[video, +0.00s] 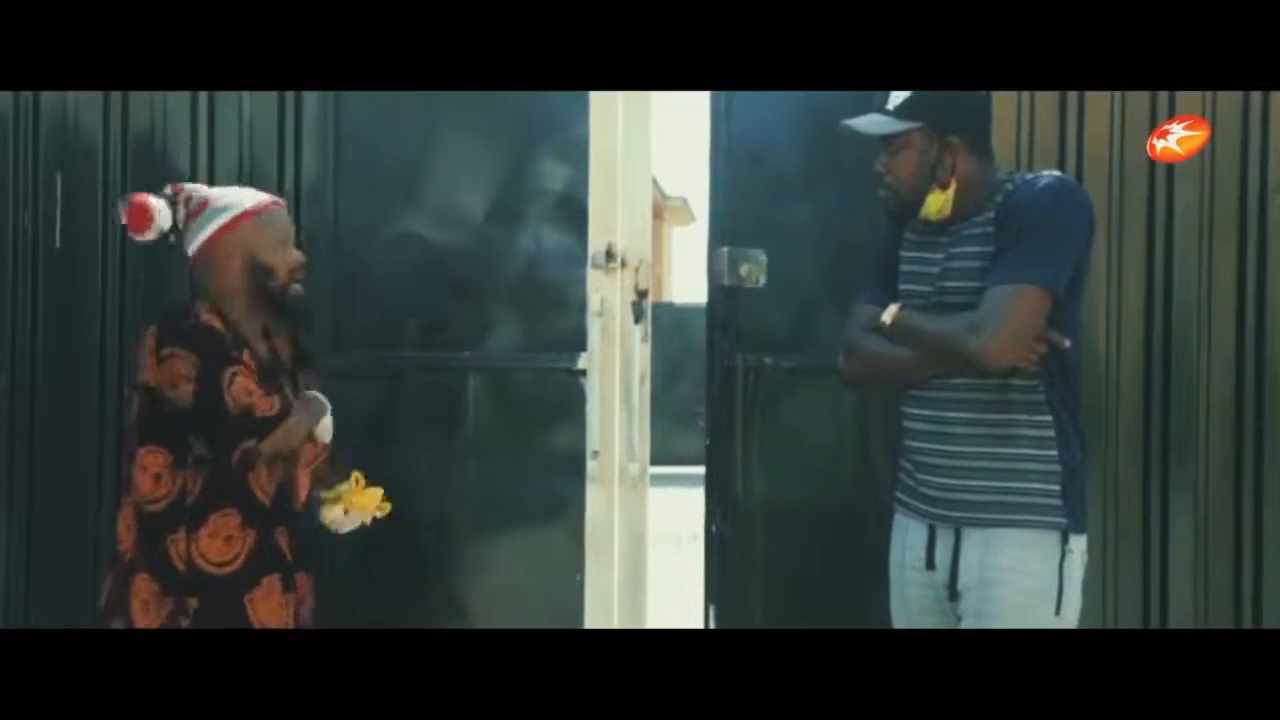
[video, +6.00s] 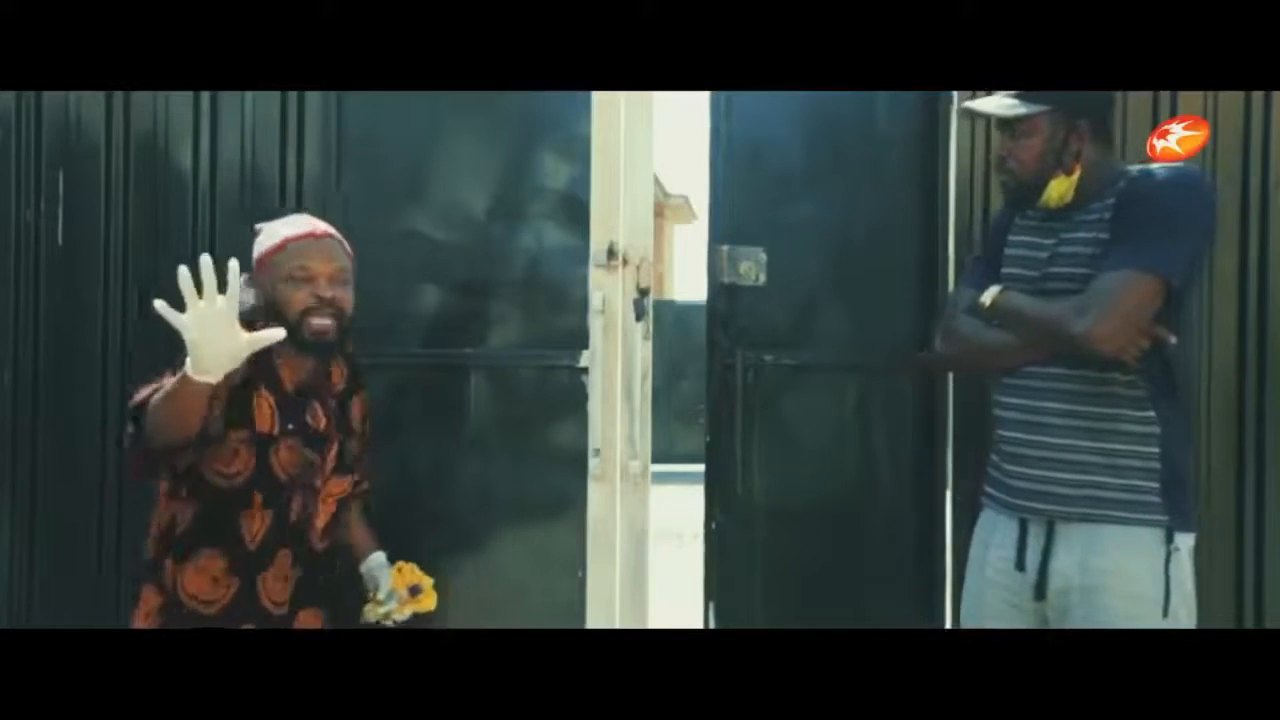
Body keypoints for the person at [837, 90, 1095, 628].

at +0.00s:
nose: (878, 169)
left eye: (894, 149)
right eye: (879, 151)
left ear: (950, 150)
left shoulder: (1047, 200)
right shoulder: (904, 226)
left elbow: (995, 346)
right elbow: (854, 359)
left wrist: (894, 318)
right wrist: (982, 342)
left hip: (1022, 523)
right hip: (918, 514)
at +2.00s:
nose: (877, 159)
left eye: (895, 142)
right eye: (879, 142)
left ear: (951, 145)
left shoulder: (1045, 197)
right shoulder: (903, 222)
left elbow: (995, 344)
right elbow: (856, 360)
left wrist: (892, 317)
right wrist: (983, 339)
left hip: (1026, 521)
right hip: (923, 512)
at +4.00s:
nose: (879, 160)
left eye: (896, 143)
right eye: (880, 144)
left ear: (955, 145)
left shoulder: (1048, 198)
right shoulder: (905, 223)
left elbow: (994, 343)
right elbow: (855, 361)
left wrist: (892, 317)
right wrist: (979, 339)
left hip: (1026, 521)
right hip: (922, 512)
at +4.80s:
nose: (941, 159)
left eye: (959, 142)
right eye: (943, 143)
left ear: (1016, 149)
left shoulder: (1097, 210)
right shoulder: (969, 230)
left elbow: (1012, 343)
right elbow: (891, 341)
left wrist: (925, 304)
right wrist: (1001, 342)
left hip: (1038, 536)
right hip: (933, 518)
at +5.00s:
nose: (989, 155)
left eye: (1007, 137)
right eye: (990, 137)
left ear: (1064, 144)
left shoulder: (1152, 206)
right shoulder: (998, 226)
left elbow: (1079, 339)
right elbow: (928, 340)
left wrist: (974, 302)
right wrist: (1052, 335)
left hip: (1088, 533)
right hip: (973, 519)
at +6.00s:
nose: (1001, 151)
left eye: (1018, 132)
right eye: (1001, 133)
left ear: (1076, 136)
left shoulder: (1170, 192)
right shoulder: (1012, 217)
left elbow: (1102, 328)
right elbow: (949, 341)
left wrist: (992, 297)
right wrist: (1079, 326)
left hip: (1125, 527)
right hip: (1006, 515)